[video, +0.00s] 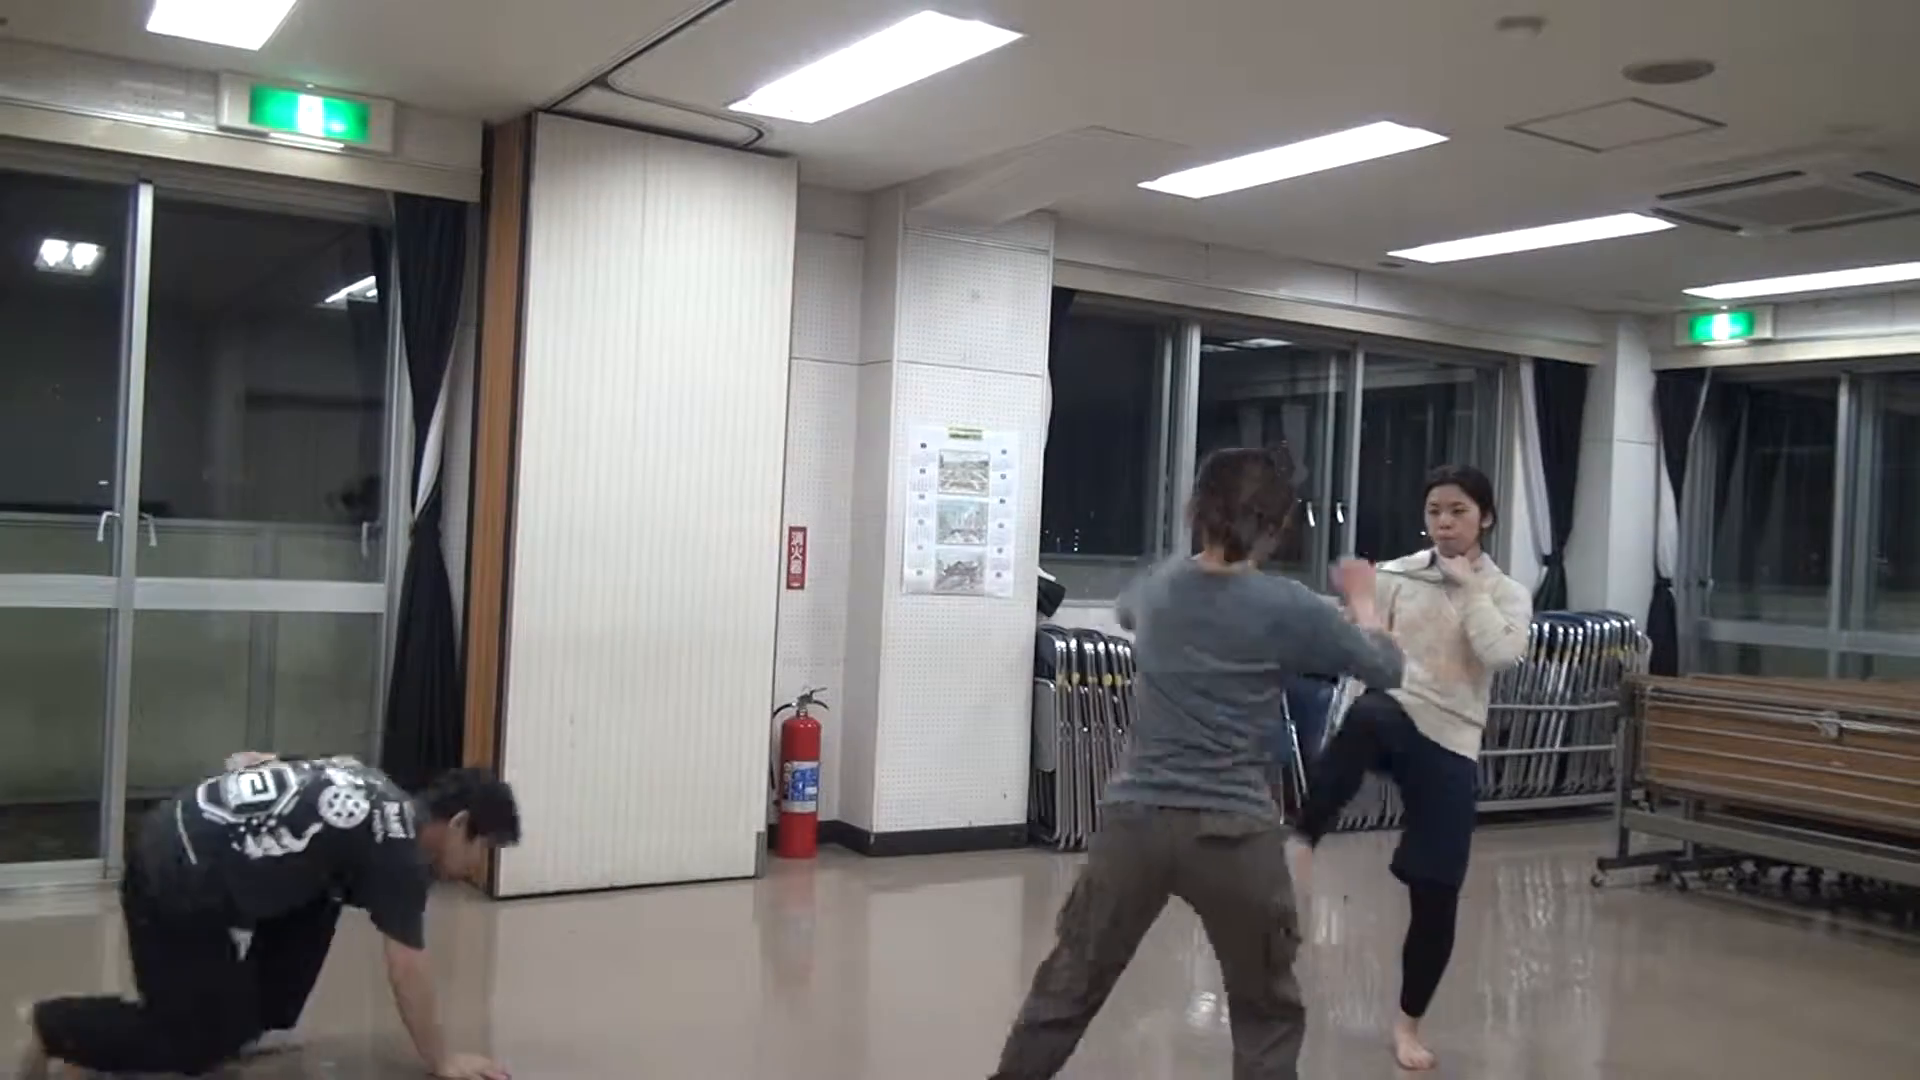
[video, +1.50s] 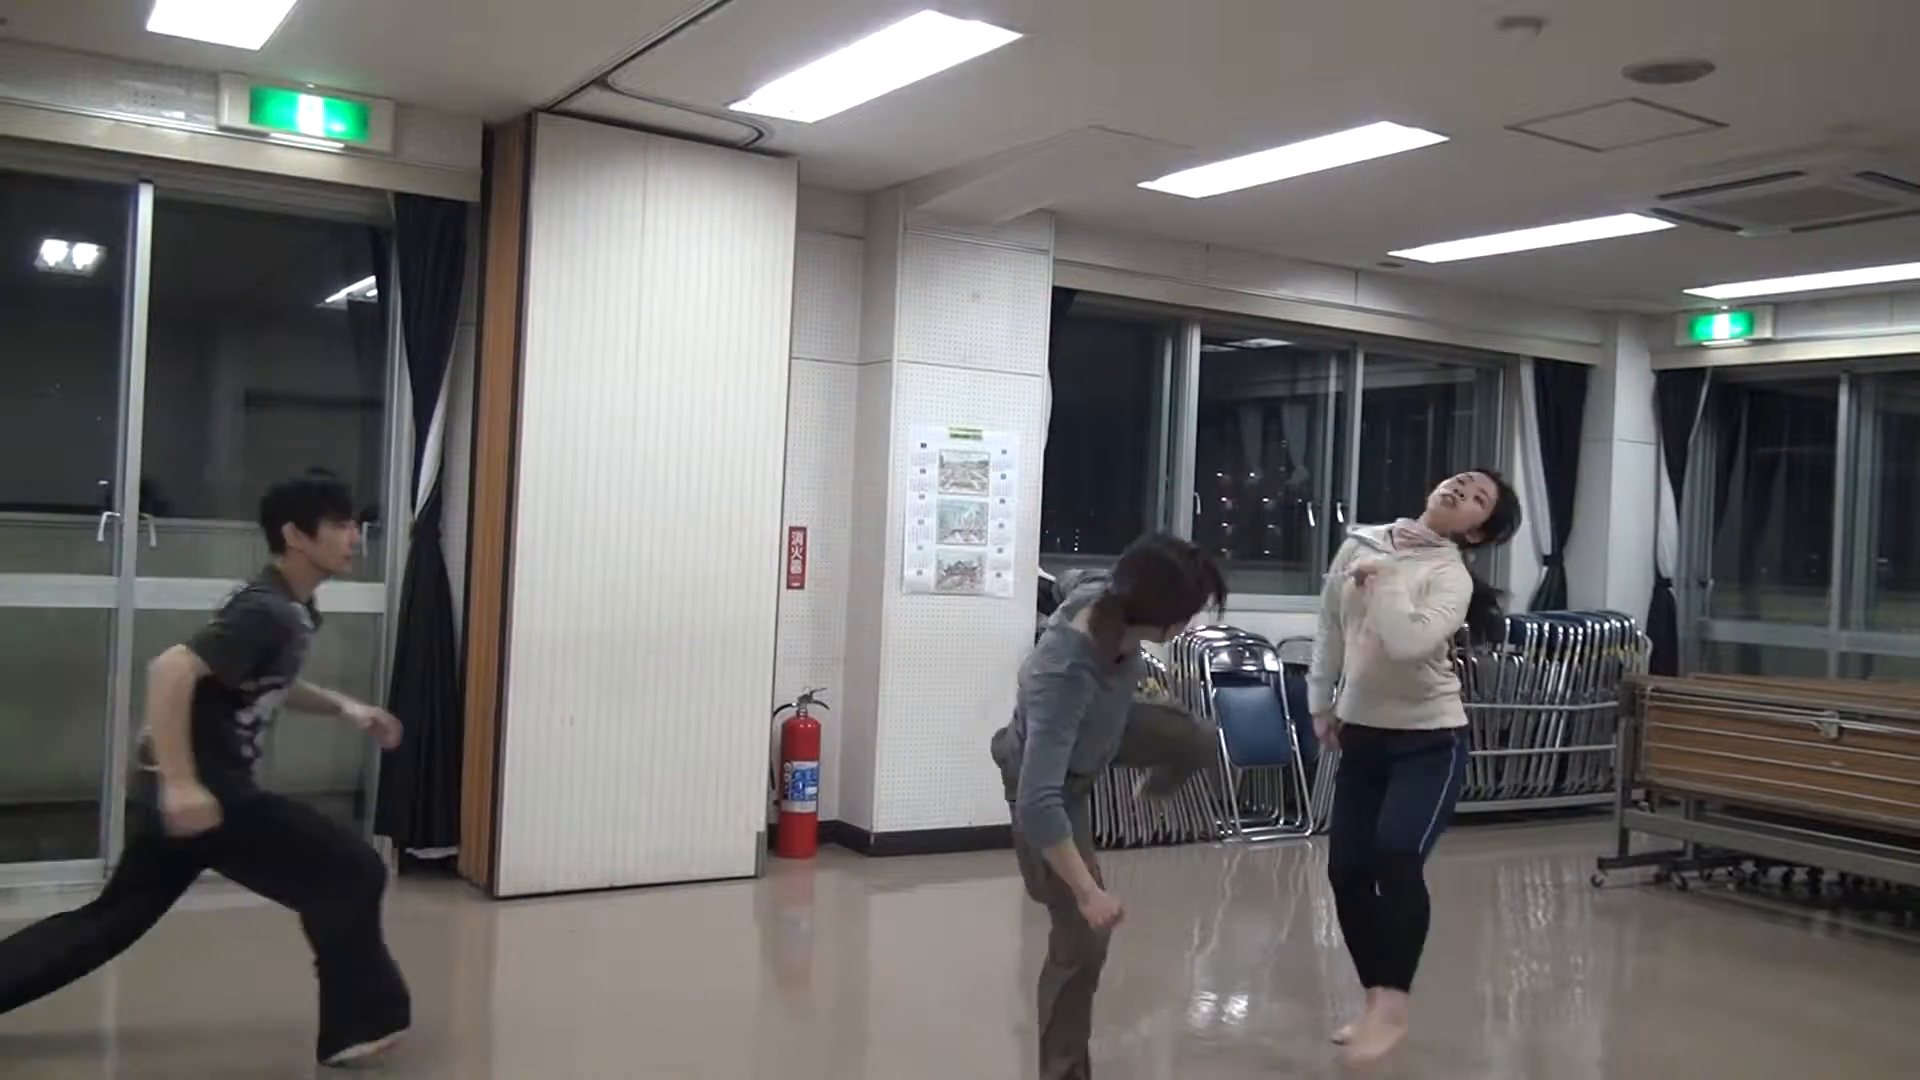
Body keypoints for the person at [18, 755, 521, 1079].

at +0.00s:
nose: (477, 869)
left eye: (487, 857)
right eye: (482, 851)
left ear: (445, 807)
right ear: (456, 822)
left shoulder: (366, 780)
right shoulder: (399, 854)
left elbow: (253, 767)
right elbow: (407, 972)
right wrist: (441, 1061)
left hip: (178, 824)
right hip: (173, 876)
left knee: (313, 898)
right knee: (205, 1036)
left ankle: (260, 1030)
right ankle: (53, 1026)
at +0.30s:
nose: (370, 803)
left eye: (374, 790)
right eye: (369, 785)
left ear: (316, 765)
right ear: (329, 768)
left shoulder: (243, 768)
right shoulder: (271, 821)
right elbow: (269, 949)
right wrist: (295, 1057)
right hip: (67, 918)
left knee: (226, 908)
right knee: (134, 1056)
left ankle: (227, 1029)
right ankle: (6, 1031)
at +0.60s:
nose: (300, 660)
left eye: (300, 646)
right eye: (291, 645)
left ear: (245, 648)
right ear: (244, 648)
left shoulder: (170, 689)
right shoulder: (208, 715)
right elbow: (154, 789)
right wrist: (145, 914)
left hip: (44, 869)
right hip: (76, 882)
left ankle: (225, 1030)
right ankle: (223, 1028)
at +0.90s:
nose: (231, 541)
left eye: (231, 527)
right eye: (221, 527)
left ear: (166, 531)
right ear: (171, 528)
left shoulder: (101, 569)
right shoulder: (142, 605)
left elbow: (54, 669)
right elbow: (196, 710)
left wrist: (105, 746)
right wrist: (292, 765)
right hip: (37, 801)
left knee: (155, 850)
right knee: (46, 975)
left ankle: (167, 1012)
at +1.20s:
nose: (217, 472)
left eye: (213, 458)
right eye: (201, 460)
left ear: (152, 477)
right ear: (152, 475)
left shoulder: (109, 536)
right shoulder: (146, 551)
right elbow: (146, 657)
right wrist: (243, 725)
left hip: (33, 761)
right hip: (73, 770)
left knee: (36, 911)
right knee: (111, 914)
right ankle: (3, 1037)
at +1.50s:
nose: (355, 539)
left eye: (355, 526)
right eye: (341, 527)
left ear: (301, 539)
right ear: (295, 537)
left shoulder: (290, 610)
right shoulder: (266, 611)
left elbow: (273, 684)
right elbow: (173, 667)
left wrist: (348, 708)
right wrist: (178, 779)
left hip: (180, 798)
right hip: (209, 797)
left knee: (107, 925)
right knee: (349, 872)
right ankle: (353, 1032)